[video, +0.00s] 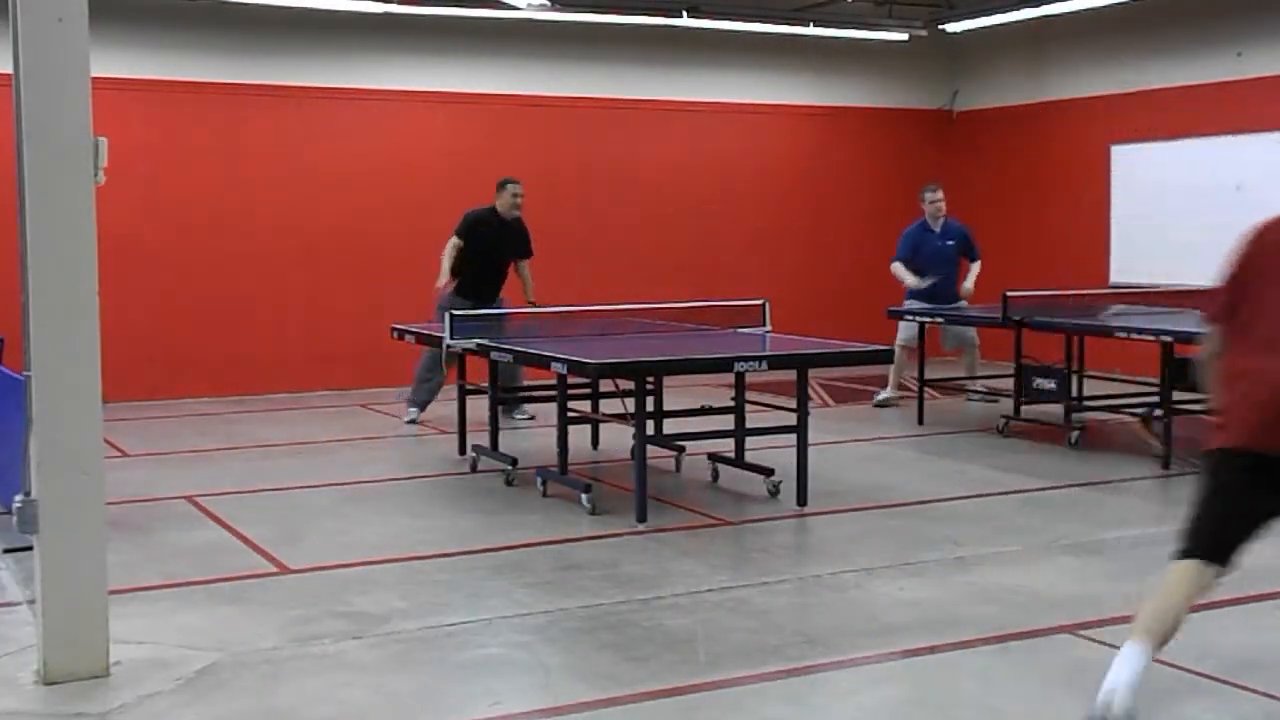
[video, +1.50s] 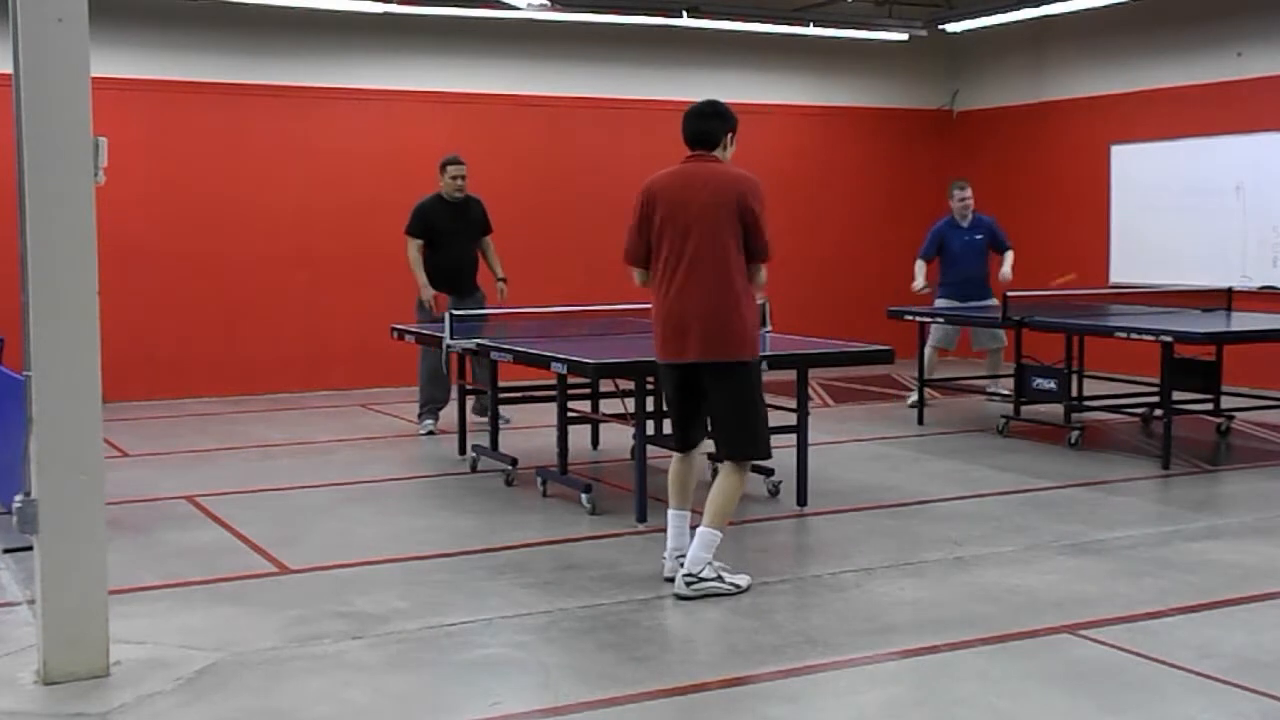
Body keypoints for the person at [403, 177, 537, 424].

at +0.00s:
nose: (520, 201)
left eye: (522, 197)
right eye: (515, 196)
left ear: (521, 199)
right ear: (499, 196)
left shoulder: (518, 228)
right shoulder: (475, 219)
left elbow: (522, 264)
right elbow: (453, 245)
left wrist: (529, 295)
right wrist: (444, 275)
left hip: (490, 304)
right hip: (458, 300)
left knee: (506, 354)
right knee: (440, 350)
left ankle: (511, 405)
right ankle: (416, 403)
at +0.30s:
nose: (476, 182)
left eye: (479, 176)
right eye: (470, 178)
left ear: (484, 178)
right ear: (459, 181)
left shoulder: (495, 207)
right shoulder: (446, 209)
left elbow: (506, 241)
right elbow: (431, 244)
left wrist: (517, 273)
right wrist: (448, 265)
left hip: (490, 289)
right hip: (459, 290)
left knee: (492, 351)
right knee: (453, 350)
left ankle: (492, 406)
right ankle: (442, 408)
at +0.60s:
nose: (487, 181)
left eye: (491, 176)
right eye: (481, 177)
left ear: (495, 178)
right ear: (471, 179)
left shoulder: (506, 209)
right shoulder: (457, 209)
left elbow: (523, 245)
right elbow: (445, 246)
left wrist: (540, 278)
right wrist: (443, 284)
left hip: (498, 289)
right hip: (465, 287)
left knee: (495, 350)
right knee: (460, 346)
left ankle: (490, 405)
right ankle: (447, 403)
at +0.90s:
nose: (480, 181)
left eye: (484, 177)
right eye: (474, 177)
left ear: (489, 180)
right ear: (463, 180)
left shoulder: (495, 211)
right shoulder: (449, 211)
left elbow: (510, 248)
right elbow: (434, 250)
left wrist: (521, 280)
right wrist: (422, 289)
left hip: (493, 295)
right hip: (460, 295)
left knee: (494, 354)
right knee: (451, 352)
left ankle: (491, 407)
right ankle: (431, 411)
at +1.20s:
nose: (461, 180)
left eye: (464, 175)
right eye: (454, 175)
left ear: (469, 178)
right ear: (442, 178)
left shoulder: (478, 208)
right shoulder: (428, 210)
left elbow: (488, 244)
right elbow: (416, 250)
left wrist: (499, 279)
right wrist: (417, 290)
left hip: (473, 293)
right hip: (439, 294)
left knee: (484, 350)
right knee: (435, 352)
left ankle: (486, 406)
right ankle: (429, 412)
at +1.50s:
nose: (460, 183)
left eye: (463, 178)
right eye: (454, 178)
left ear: (467, 179)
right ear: (441, 179)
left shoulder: (475, 207)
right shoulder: (425, 210)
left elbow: (485, 243)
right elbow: (414, 249)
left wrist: (499, 276)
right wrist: (424, 286)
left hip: (469, 292)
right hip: (434, 294)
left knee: (483, 347)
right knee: (433, 352)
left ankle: (485, 403)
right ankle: (429, 412)